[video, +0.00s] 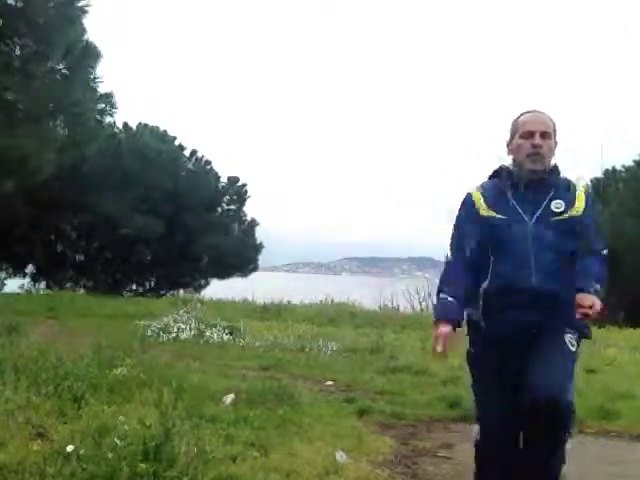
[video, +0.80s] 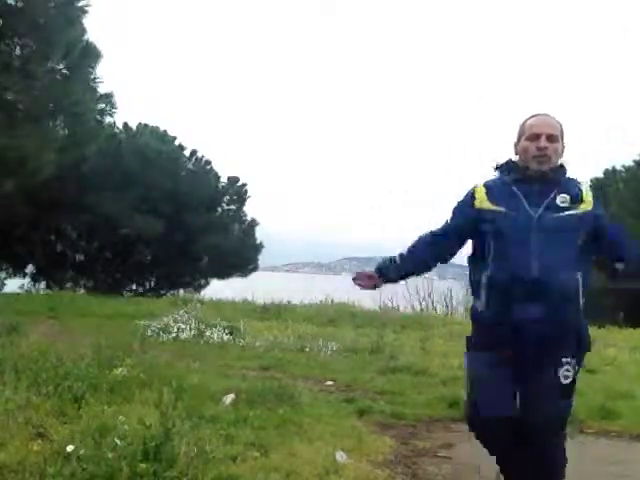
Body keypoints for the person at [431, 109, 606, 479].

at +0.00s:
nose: (537, 143)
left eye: (545, 136)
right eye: (527, 136)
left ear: (555, 145)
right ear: (510, 146)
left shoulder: (577, 198)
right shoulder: (481, 199)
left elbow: (592, 253)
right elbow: (462, 262)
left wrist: (588, 290)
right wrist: (446, 315)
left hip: (554, 327)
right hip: (494, 328)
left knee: (549, 404)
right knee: (495, 430)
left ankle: (540, 472)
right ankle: (495, 476)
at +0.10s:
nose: (539, 137)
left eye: (547, 130)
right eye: (530, 129)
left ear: (558, 138)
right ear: (514, 138)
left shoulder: (578, 189)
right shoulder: (481, 187)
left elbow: (615, 243)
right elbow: (440, 238)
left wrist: (635, 282)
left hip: (557, 327)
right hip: (493, 326)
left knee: (542, 420)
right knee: (493, 426)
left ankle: (539, 474)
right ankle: (499, 475)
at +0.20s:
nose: (539, 157)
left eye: (548, 150)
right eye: (530, 150)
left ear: (559, 160)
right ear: (514, 159)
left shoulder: (581, 209)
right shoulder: (482, 210)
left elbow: (623, 257)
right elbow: (445, 264)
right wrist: (398, 294)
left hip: (554, 339)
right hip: (490, 336)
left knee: (542, 436)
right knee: (476, 400)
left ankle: (536, 475)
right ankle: (505, 459)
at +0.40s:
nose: (542, 135)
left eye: (550, 129)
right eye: (533, 129)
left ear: (562, 138)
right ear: (517, 137)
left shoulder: (573, 173)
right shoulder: (495, 178)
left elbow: (559, 207)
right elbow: (512, 244)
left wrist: (469, 229)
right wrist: (579, 255)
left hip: (552, 322)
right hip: (494, 319)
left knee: (539, 424)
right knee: (496, 413)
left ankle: (534, 474)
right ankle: (497, 473)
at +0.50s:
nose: (537, 152)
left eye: (546, 146)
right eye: (528, 146)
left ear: (557, 155)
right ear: (512, 155)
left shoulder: (572, 189)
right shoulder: (490, 195)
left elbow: (556, 222)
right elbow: (515, 256)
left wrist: (474, 229)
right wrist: (576, 258)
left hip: (552, 330)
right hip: (494, 328)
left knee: (553, 413)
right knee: (497, 429)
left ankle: (515, 468)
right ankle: (494, 474)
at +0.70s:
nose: (540, 133)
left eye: (549, 127)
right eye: (531, 126)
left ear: (560, 136)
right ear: (516, 135)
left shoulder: (581, 192)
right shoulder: (484, 188)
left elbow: (614, 254)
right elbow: (447, 245)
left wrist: (629, 297)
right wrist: (405, 293)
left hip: (557, 332)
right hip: (496, 331)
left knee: (551, 419)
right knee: (501, 430)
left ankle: (545, 473)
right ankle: (499, 476)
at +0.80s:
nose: (542, 145)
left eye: (551, 139)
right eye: (533, 138)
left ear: (562, 148)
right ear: (518, 146)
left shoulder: (582, 202)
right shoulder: (486, 196)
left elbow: (622, 251)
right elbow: (441, 243)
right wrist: (385, 272)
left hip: (555, 337)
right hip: (494, 335)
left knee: (544, 431)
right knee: (487, 420)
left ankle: (544, 476)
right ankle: (525, 472)